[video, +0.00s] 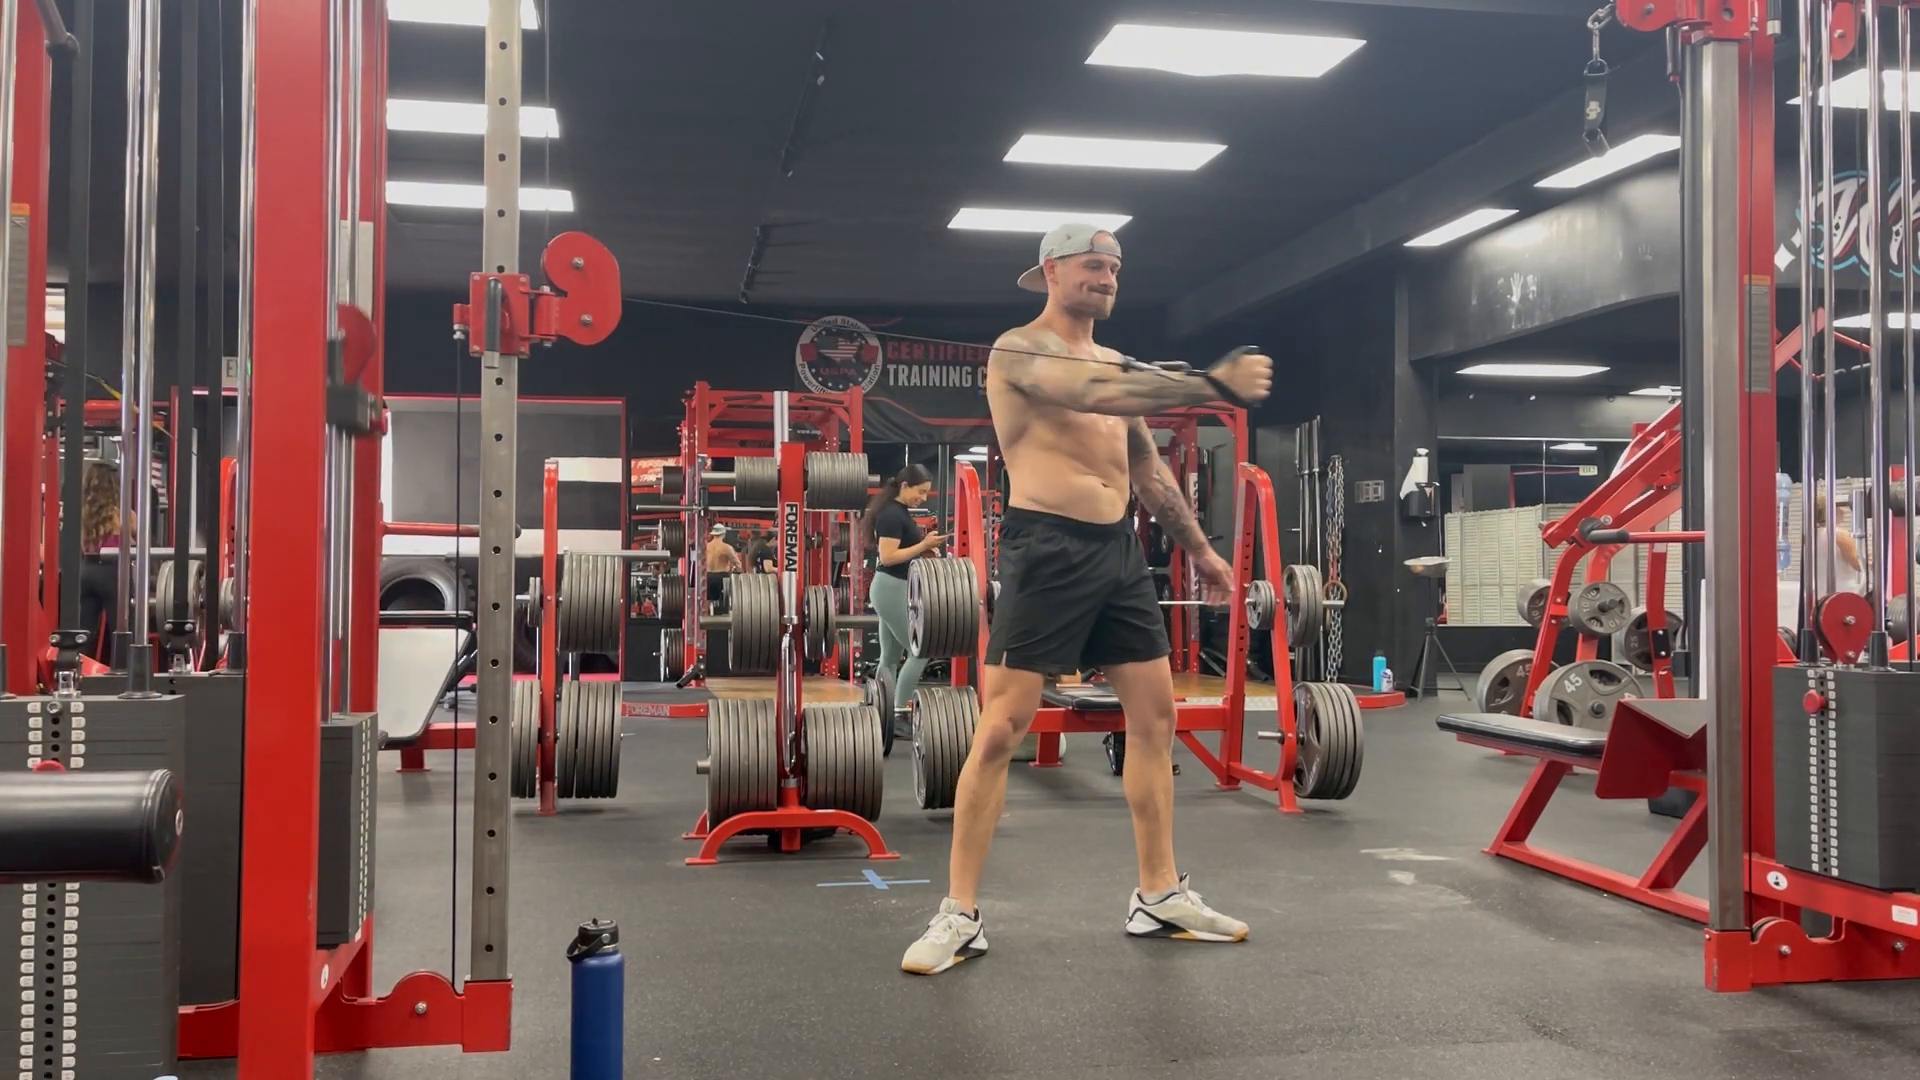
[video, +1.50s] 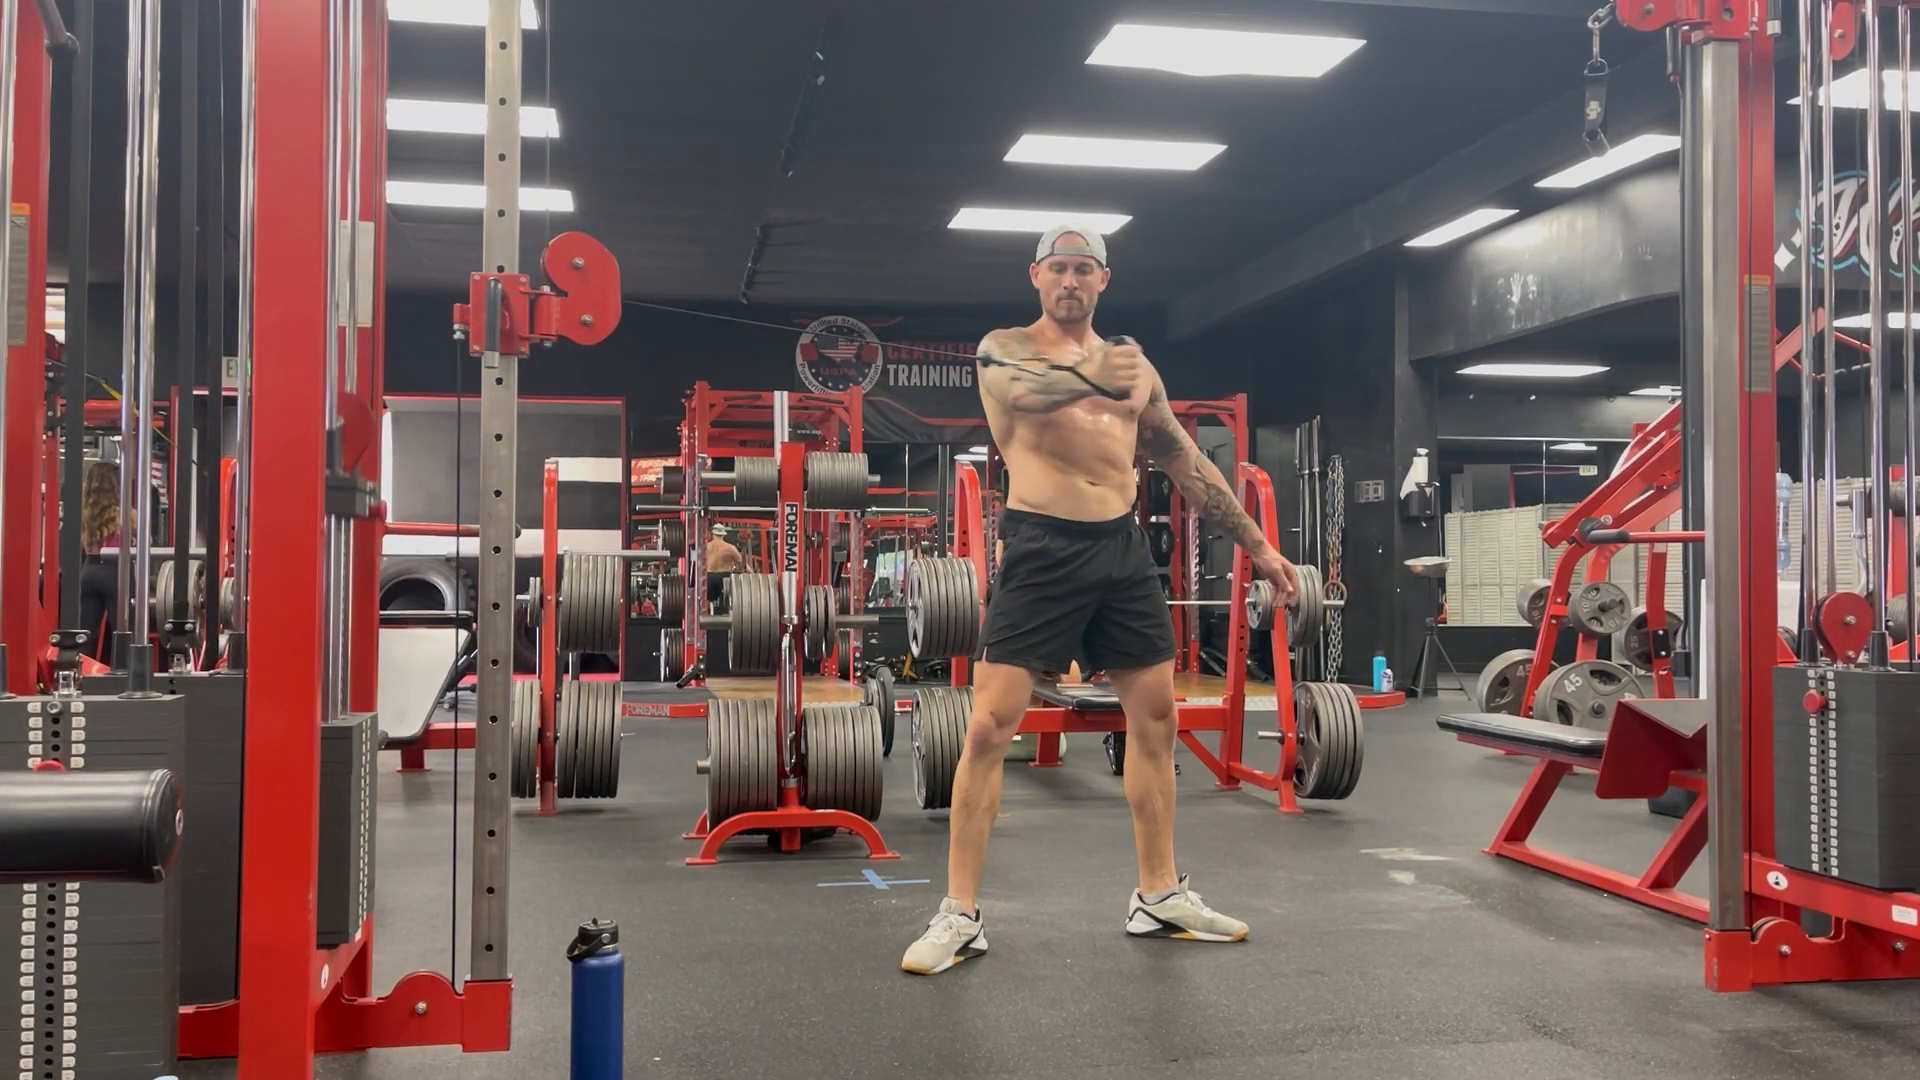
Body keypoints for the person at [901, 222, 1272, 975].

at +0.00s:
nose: (1103, 276)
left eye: (1111, 266)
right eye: (1089, 262)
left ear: (1116, 280)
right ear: (1047, 273)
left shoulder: (1122, 372)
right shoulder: (1016, 348)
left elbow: (1149, 469)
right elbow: (1085, 387)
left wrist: (1201, 549)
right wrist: (1208, 383)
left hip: (1118, 554)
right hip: (1042, 549)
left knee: (1154, 717)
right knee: (999, 731)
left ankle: (1159, 894)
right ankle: (959, 910)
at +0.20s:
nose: (1119, 279)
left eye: (1121, 269)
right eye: (1105, 265)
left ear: (1105, 284)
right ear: (1059, 273)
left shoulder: (1102, 363)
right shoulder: (1037, 346)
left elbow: (1114, 472)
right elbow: (1154, 389)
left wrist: (1149, 549)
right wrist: (1278, 390)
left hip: (1120, 556)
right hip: (1050, 550)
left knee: (1151, 720)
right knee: (1009, 734)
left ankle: (1159, 894)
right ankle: (960, 910)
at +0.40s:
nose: (1127, 288)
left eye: (1129, 277)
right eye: (1117, 274)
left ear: (1086, 278)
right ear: (1073, 274)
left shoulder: (1091, 350)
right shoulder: (1060, 340)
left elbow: (1174, 397)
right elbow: (1171, 392)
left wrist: (1260, 396)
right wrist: (1278, 399)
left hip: (1114, 555)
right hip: (1053, 549)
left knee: (1147, 720)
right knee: (1012, 736)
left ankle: (1159, 894)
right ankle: (959, 911)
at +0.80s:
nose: (1117, 285)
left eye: (1120, 274)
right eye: (1104, 271)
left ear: (1103, 284)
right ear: (1059, 275)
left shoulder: (1095, 355)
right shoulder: (1046, 342)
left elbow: (1174, 395)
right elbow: (1156, 390)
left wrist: (1269, 394)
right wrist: (1273, 394)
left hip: (1118, 554)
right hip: (1052, 549)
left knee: (1148, 720)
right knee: (1011, 736)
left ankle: (1159, 895)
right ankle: (960, 910)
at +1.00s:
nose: (1105, 279)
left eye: (1112, 271)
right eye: (1090, 266)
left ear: (1112, 286)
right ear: (1047, 276)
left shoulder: (1110, 371)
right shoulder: (1026, 345)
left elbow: (1135, 474)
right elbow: (1129, 388)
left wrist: (1180, 549)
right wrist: (1255, 390)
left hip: (1124, 554)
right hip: (1047, 551)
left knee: (1152, 720)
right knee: (1002, 733)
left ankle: (1158, 894)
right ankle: (960, 910)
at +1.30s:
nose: (1087, 279)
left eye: (1097, 269)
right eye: (1072, 266)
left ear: (1107, 283)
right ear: (1039, 278)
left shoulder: (1127, 370)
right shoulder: (1009, 347)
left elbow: (1173, 471)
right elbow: (1068, 388)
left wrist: (1232, 548)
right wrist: (1180, 382)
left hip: (1126, 555)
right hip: (1043, 551)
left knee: (1155, 718)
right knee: (992, 732)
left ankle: (1158, 895)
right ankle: (959, 910)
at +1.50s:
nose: (1073, 280)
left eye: (1085, 269)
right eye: (1060, 268)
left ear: (1104, 283)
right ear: (1036, 279)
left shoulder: (1126, 361)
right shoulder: (1002, 346)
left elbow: (1192, 468)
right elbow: (1021, 394)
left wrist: (1259, 546)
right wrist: (1112, 376)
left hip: (1124, 552)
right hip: (1039, 550)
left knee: (1156, 718)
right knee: (988, 725)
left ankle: (1158, 894)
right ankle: (960, 910)